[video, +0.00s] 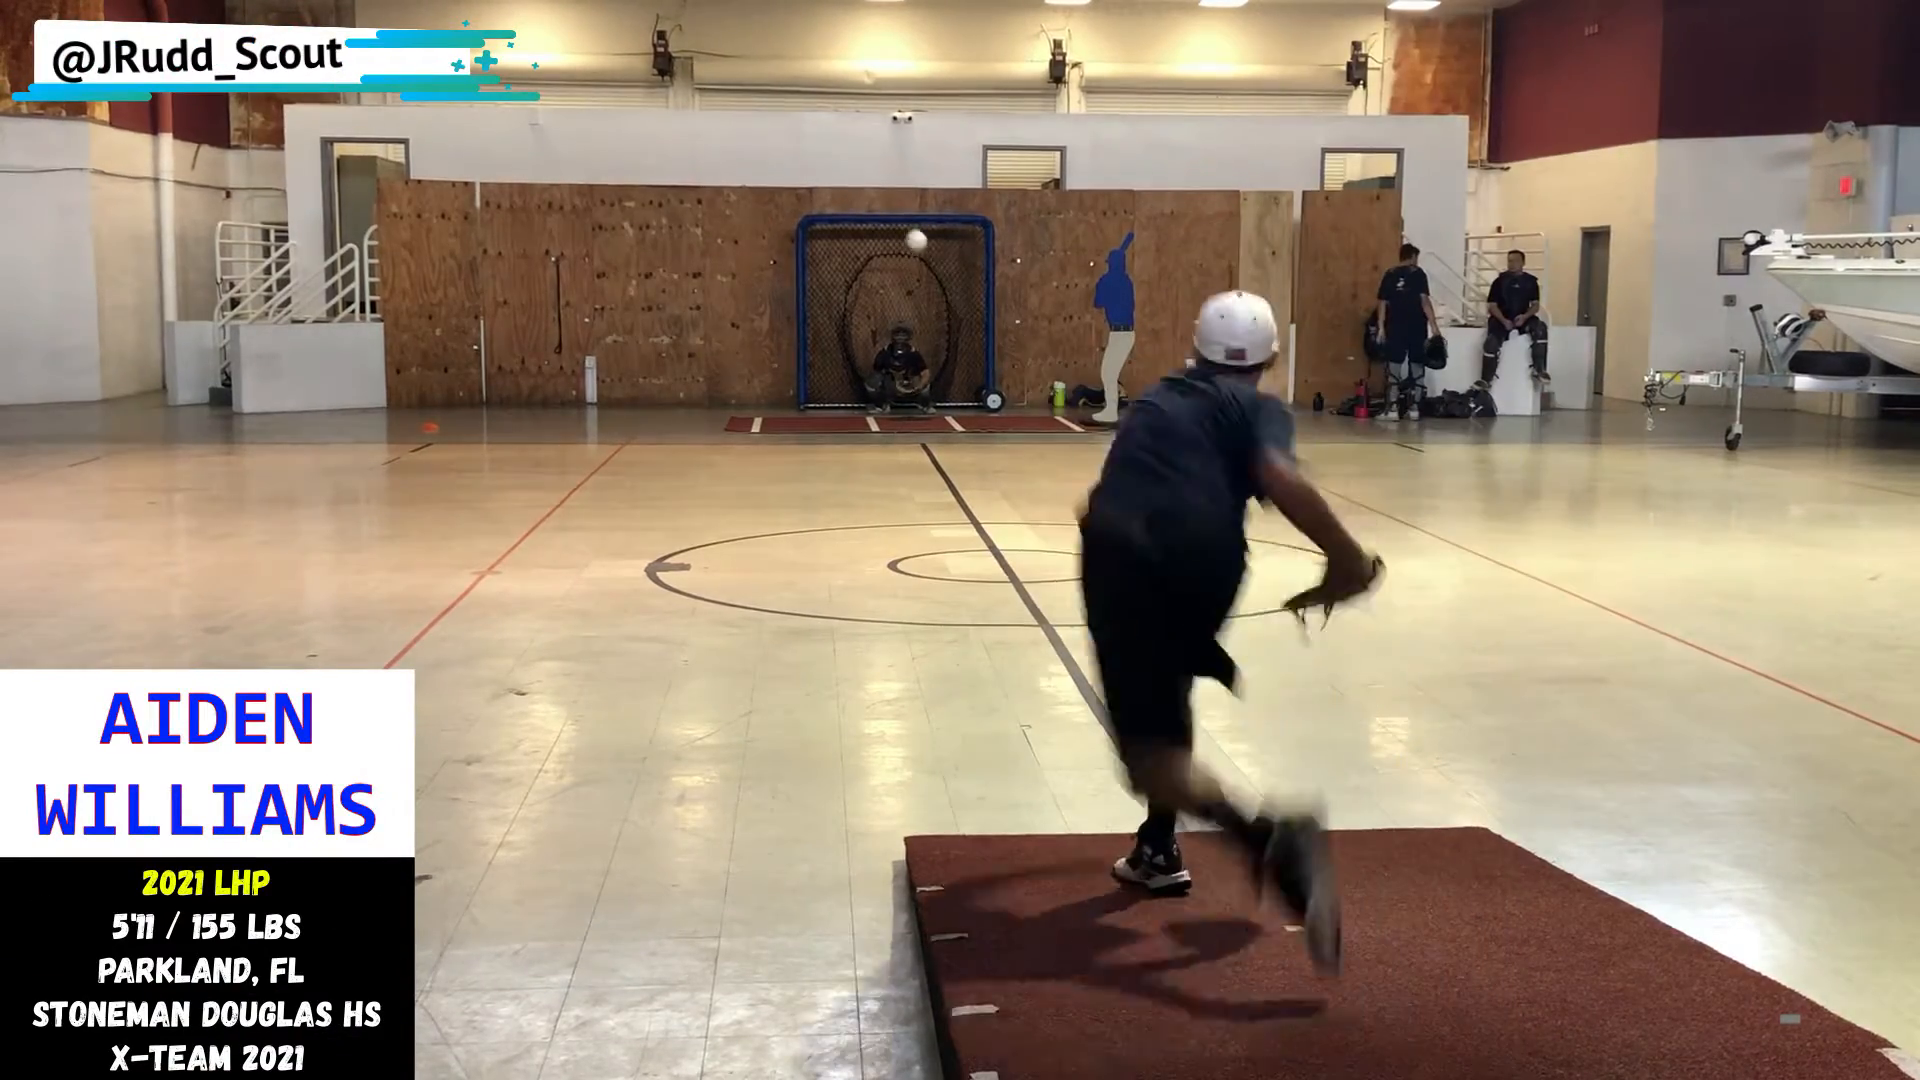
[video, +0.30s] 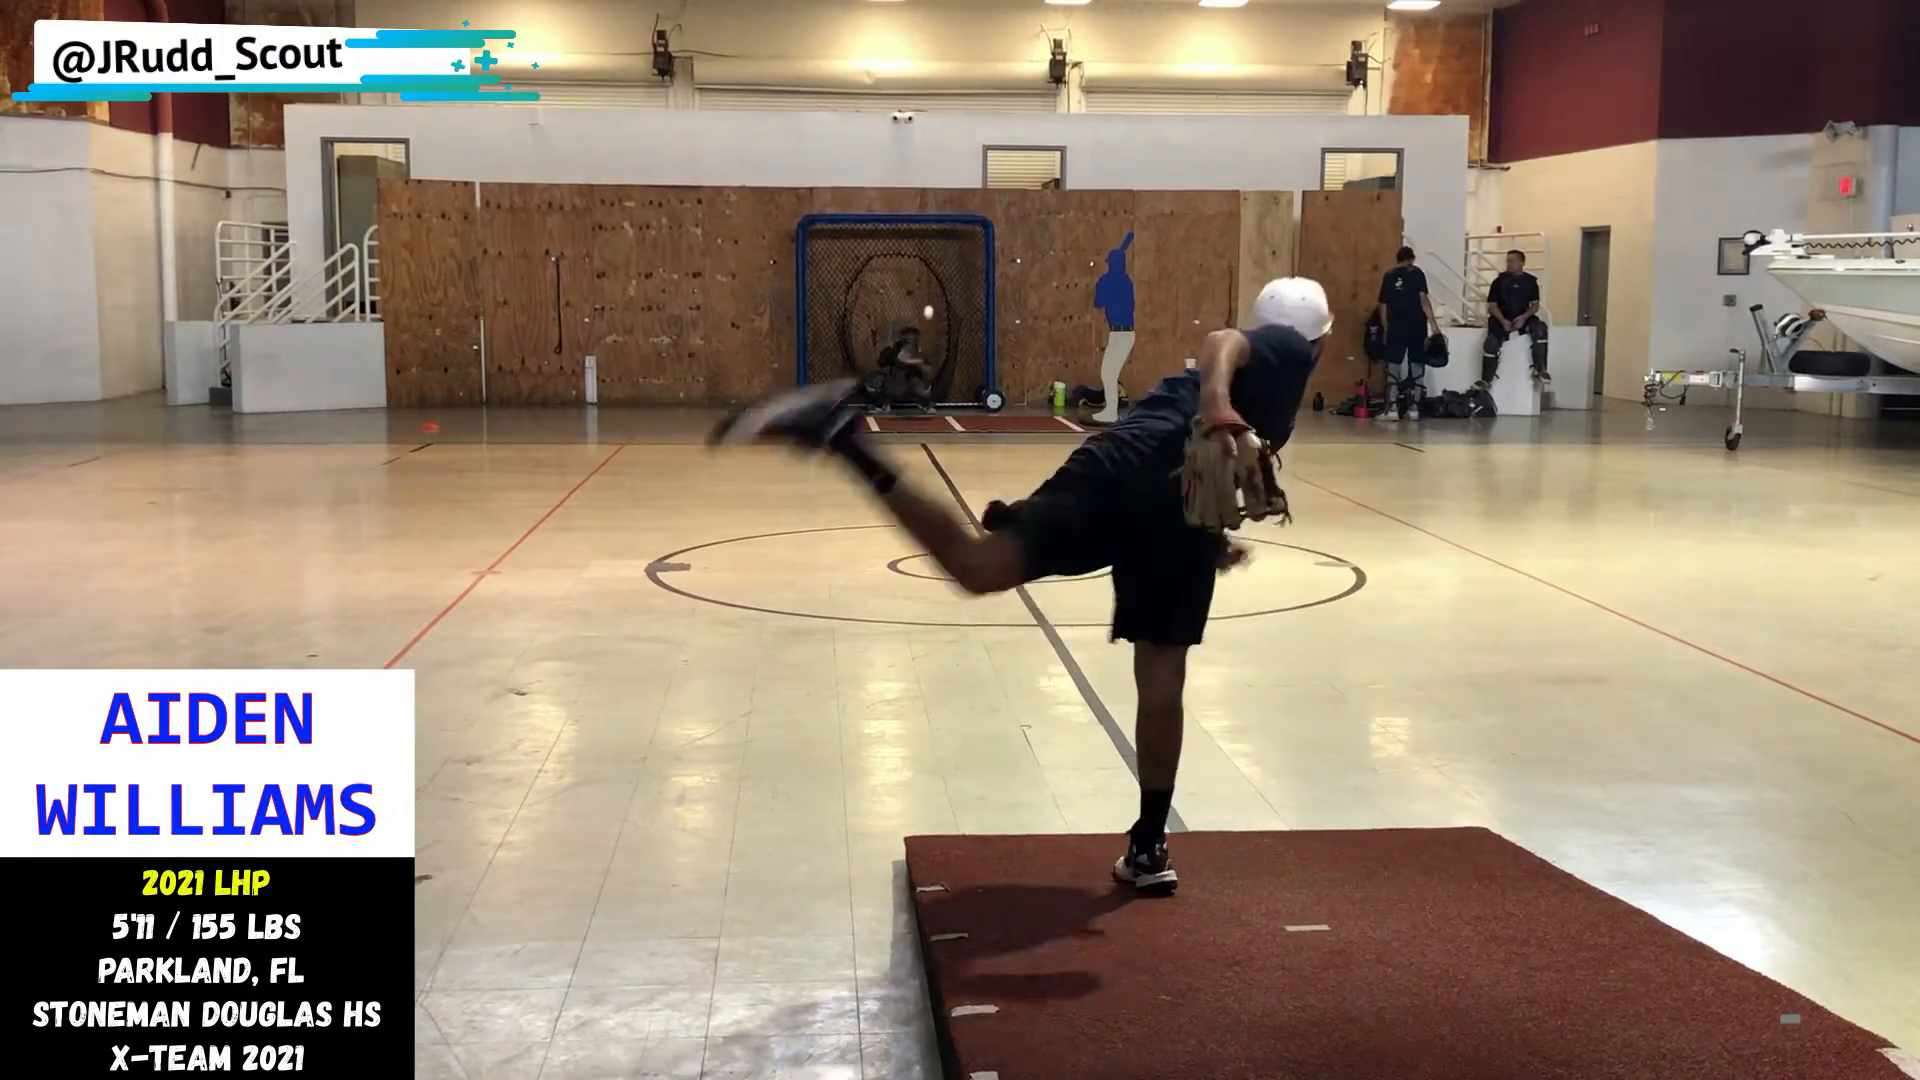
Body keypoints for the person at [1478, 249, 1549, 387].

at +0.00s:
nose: (1511, 264)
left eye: (1515, 261)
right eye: (1509, 261)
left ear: (1522, 262)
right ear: (1507, 262)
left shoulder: (1531, 281)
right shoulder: (1499, 281)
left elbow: (1535, 305)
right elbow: (1492, 305)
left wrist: (1525, 316)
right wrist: (1504, 321)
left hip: (1523, 317)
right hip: (1502, 318)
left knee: (1540, 329)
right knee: (1491, 341)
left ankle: (1540, 369)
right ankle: (1486, 379)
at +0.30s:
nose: (1509, 264)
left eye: (1513, 261)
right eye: (1508, 261)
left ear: (1522, 263)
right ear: (1506, 262)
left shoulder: (1530, 281)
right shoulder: (1499, 281)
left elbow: (1535, 305)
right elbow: (1492, 305)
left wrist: (1523, 318)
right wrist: (1503, 321)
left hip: (1523, 317)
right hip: (1502, 318)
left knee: (1540, 329)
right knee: (1491, 342)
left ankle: (1540, 370)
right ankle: (1486, 380)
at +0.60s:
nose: (1507, 264)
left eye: (1510, 261)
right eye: (1506, 261)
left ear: (1520, 263)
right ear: (1505, 262)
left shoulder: (1530, 281)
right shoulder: (1498, 281)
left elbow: (1534, 305)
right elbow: (1492, 305)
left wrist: (1523, 318)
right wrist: (1503, 321)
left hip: (1523, 316)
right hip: (1501, 317)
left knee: (1540, 329)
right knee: (1491, 341)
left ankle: (1540, 370)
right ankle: (1486, 379)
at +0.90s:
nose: (1508, 264)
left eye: (1511, 261)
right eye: (1507, 261)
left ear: (1521, 263)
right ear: (1505, 263)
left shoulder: (1530, 280)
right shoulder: (1499, 281)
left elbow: (1534, 305)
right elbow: (1491, 305)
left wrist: (1522, 318)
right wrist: (1503, 320)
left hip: (1523, 316)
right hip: (1501, 317)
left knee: (1540, 329)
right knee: (1491, 341)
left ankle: (1540, 369)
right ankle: (1486, 380)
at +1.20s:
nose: (1510, 264)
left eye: (1513, 261)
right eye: (1508, 261)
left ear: (1521, 263)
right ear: (1506, 263)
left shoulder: (1530, 280)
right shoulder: (1499, 280)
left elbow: (1534, 305)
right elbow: (1492, 305)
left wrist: (1522, 318)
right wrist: (1503, 320)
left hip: (1523, 316)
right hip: (1502, 317)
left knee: (1540, 329)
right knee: (1492, 342)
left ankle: (1540, 368)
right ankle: (1486, 380)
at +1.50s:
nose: (1509, 265)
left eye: (1512, 262)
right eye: (1507, 262)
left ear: (1520, 263)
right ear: (1505, 263)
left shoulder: (1529, 281)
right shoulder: (1498, 281)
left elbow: (1533, 305)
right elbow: (1490, 306)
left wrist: (1521, 319)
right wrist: (1501, 321)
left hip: (1522, 317)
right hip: (1500, 318)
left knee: (1539, 330)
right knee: (1490, 342)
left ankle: (1539, 369)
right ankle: (1485, 380)